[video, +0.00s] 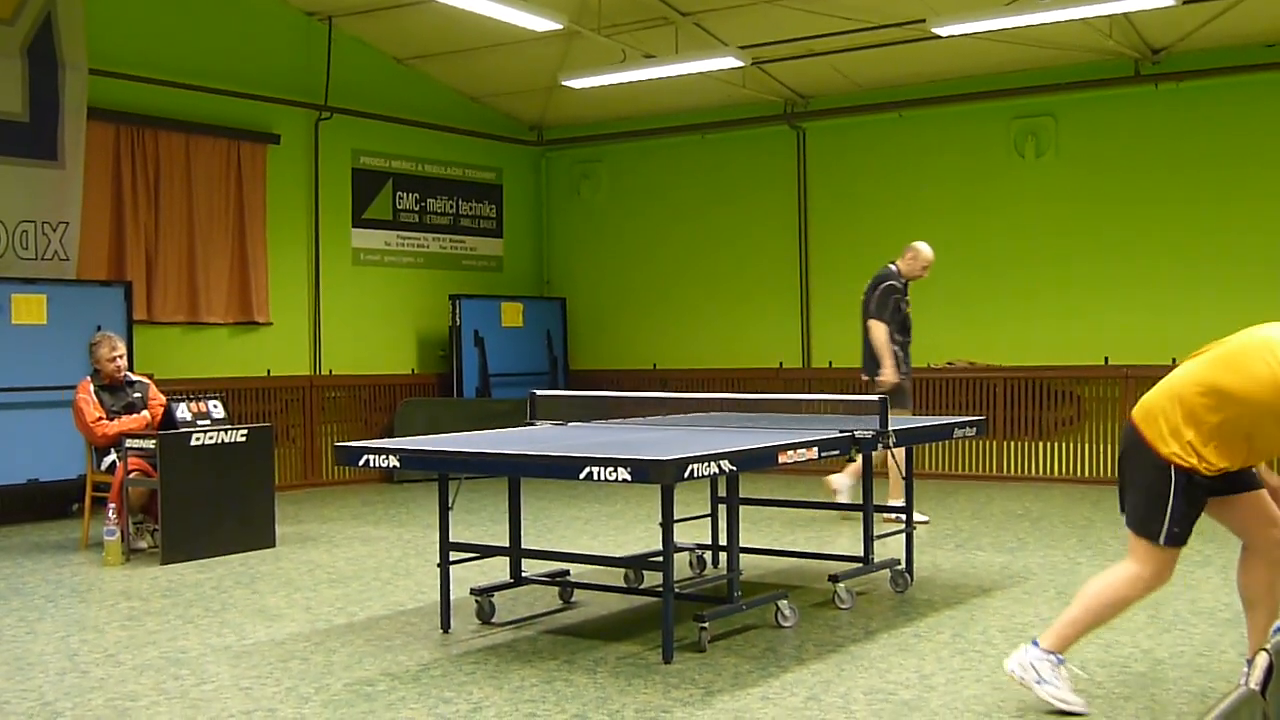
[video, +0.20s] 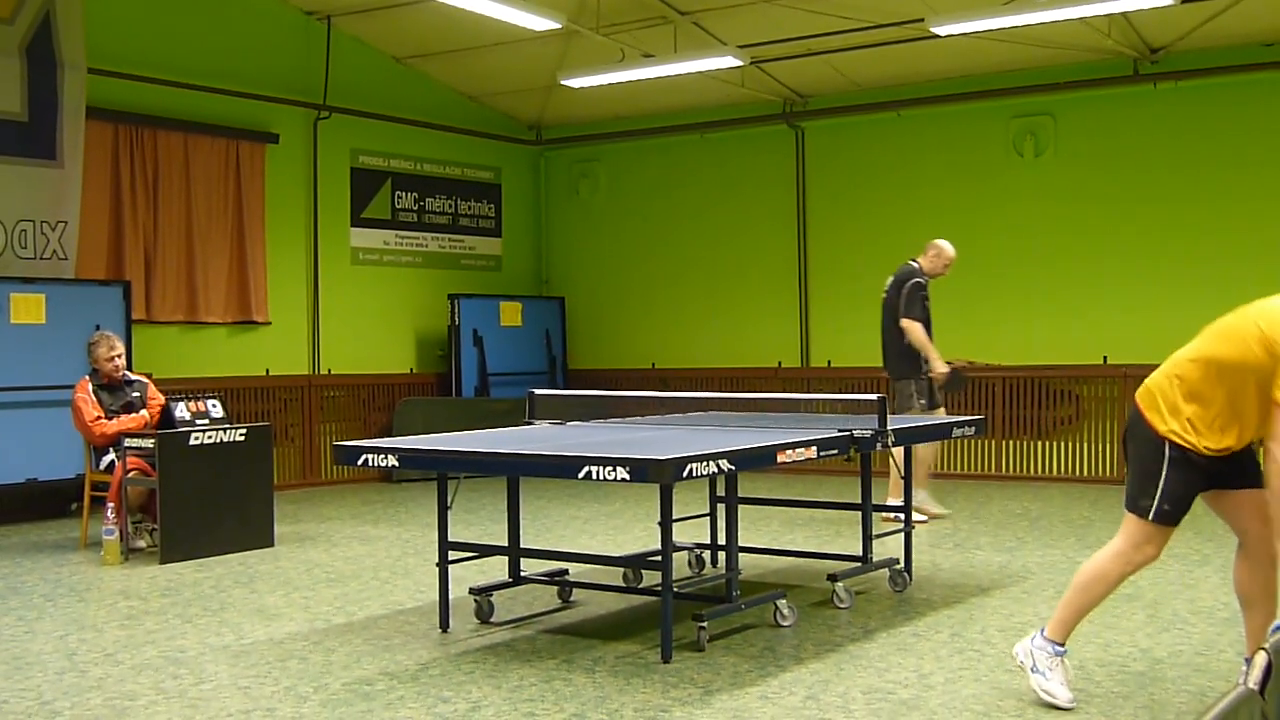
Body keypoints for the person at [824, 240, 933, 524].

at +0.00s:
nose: (925, 274)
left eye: (927, 268)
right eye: (924, 267)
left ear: (911, 260)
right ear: (909, 259)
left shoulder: (895, 281)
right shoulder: (889, 282)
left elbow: (886, 327)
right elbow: (877, 324)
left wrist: (896, 365)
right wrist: (887, 366)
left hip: (892, 371)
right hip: (892, 372)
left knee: (888, 438)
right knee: (900, 437)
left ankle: (844, 478)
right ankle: (897, 503)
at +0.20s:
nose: (946, 272)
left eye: (949, 266)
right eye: (945, 265)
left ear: (929, 256)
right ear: (931, 256)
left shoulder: (906, 276)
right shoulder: (914, 279)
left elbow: (903, 326)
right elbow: (909, 323)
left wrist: (930, 359)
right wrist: (934, 358)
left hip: (910, 368)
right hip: (909, 369)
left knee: (935, 424)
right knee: (911, 433)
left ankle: (916, 493)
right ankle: (898, 501)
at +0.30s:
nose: (955, 274)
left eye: (958, 269)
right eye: (956, 267)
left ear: (942, 257)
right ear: (942, 257)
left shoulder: (915, 276)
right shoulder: (924, 280)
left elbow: (915, 328)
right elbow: (920, 323)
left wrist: (942, 359)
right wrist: (950, 358)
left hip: (924, 369)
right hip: (916, 369)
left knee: (944, 430)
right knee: (907, 436)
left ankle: (952, 497)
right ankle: (894, 503)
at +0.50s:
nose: (984, 279)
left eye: (987, 274)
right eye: (984, 272)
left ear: (969, 261)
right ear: (970, 261)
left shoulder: (946, 282)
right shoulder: (950, 285)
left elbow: (939, 333)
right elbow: (943, 328)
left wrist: (960, 369)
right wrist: (968, 366)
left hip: (953, 379)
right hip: (940, 377)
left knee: (973, 437)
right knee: (922, 439)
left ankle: (990, 502)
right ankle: (895, 502)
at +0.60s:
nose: (1001, 277)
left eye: (1004, 272)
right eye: (1001, 271)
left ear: (990, 260)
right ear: (989, 260)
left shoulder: (973, 284)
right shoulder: (965, 283)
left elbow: (961, 329)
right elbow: (954, 326)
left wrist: (972, 367)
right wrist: (966, 369)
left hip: (974, 371)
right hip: (959, 373)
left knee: (991, 431)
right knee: (952, 435)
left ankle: (993, 503)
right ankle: (905, 493)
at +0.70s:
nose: (1011, 274)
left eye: (1014, 269)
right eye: (1011, 267)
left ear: (1002, 259)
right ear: (998, 256)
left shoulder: (989, 283)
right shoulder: (972, 280)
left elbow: (983, 326)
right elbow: (958, 322)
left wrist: (996, 349)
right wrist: (966, 364)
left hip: (989, 365)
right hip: (973, 365)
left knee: (997, 430)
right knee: (975, 432)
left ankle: (994, 502)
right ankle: (923, 483)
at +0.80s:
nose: (1024, 272)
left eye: (1027, 268)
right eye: (1023, 266)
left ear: (1016, 258)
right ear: (1011, 255)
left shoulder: (1006, 281)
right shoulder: (984, 277)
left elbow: (1003, 319)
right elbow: (966, 316)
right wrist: (966, 360)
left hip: (1001, 363)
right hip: (985, 364)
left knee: (1002, 430)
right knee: (1004, 426)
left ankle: (995, 501)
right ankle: (956, 481)